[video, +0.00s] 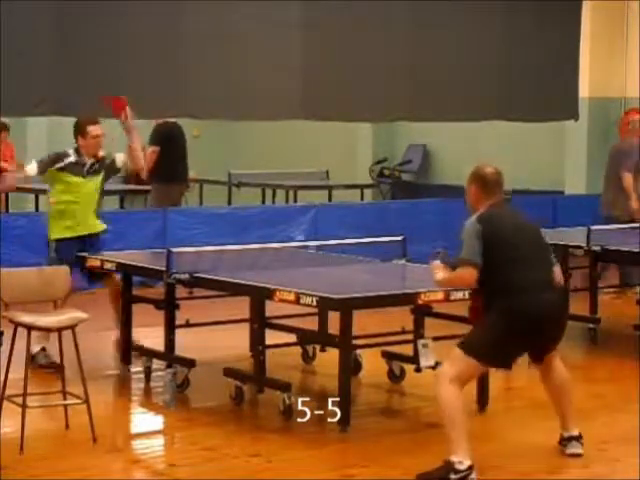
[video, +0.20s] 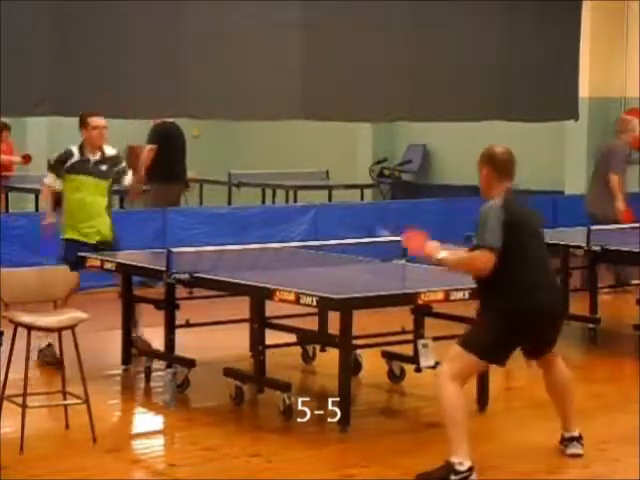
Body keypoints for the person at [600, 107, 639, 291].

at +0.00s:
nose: (637, 128)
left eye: (636, 124)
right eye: (634, 124)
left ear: (625, 127)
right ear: (628, 127)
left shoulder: (617, 148)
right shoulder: (630, 146)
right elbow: (626, 174)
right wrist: (632, 201)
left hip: (613, 211)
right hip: (625, 213)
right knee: (630, 255)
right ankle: (630, 285)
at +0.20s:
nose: (637, 135)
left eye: (637, 130)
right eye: (636, 130)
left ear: (621, 130)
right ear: (628, 131)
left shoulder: (609, 147)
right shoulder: (619, 148)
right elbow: (613, 176)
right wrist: (619, 201)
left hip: (597, 207)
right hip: (607, 208)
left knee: (605, 246)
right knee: (618, 246)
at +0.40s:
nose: (626, 133)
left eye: (627, 130)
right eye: (624, 129)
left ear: (614, 129)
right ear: (614, 129)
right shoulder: (609, 147)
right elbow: (602, 173)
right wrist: (606, 197)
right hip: (598, 207)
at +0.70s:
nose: (620, 136)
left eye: (621, 132)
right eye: (617, 132)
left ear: (615, 134)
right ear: (608, 133)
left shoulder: (610, 152)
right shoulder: (602, 151)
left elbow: (607, 178)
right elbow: (593, 175)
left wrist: (614, 194)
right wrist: (594, 199)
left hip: (604, 205)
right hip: (597, 207)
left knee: (597, 245)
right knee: (595, 245)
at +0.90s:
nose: (626, 138)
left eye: (627, 134)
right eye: (624, 133)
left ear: (623, 136)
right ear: (615, 134)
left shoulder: (618, 153)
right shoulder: (608, 150)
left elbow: (621, 175)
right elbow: (596, 170)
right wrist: (600, 194)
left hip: (613, 203)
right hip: (604, 204)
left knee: (611, 241)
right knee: (607, 242)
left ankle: (605, 273)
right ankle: (602, 274)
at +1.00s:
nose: (634, 137)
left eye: (636, 132)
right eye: (630, 131)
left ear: (638, 133)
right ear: (622, 132)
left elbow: (632, 175)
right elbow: (605, 171)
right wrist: (611, 195)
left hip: (623, 199)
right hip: (611, 200)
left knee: (617, 238)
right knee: (607, 237)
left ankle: (608, 272)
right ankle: (603, 273)